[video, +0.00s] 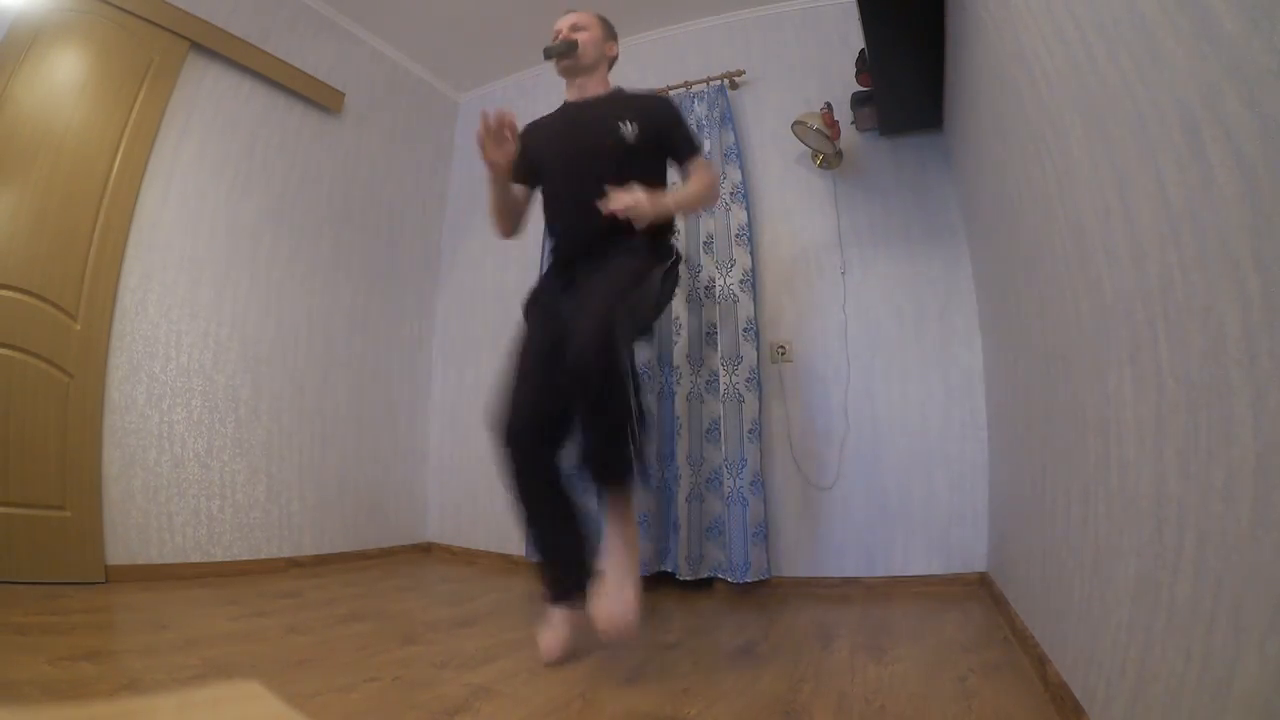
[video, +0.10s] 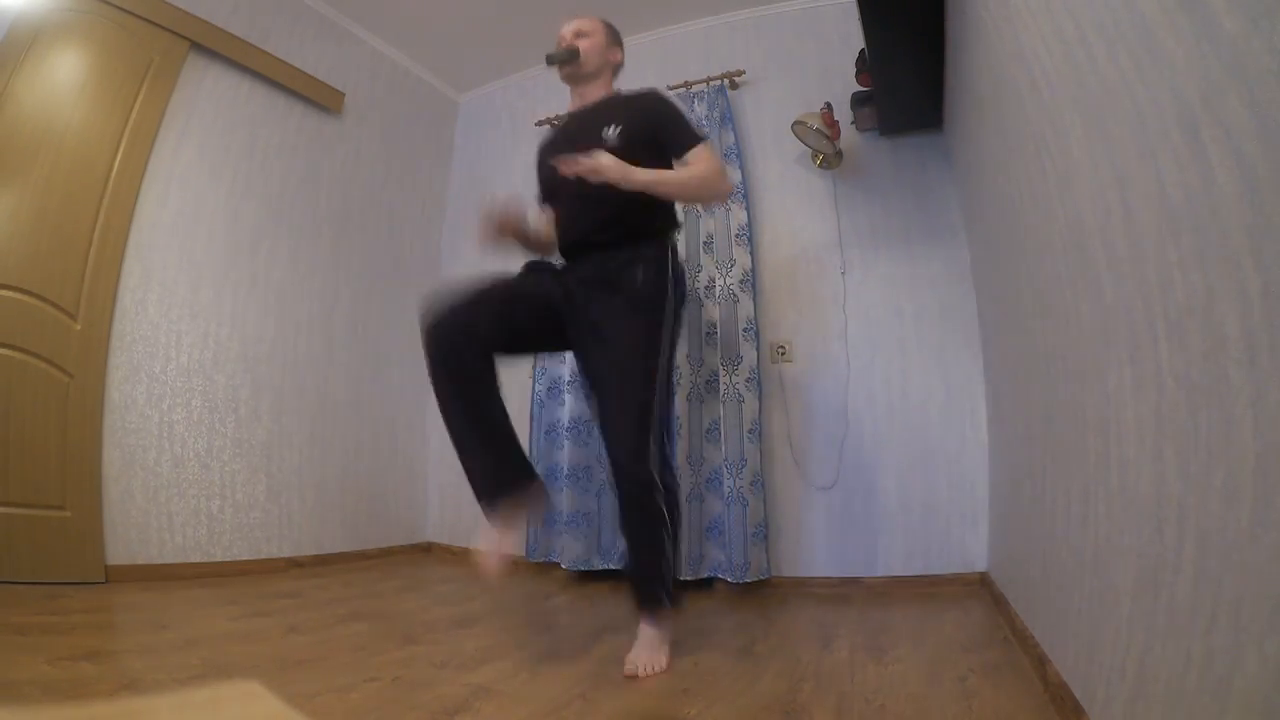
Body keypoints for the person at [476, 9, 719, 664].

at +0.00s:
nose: (564, 35)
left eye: (579, 26)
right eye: (558, 32)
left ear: (612, 49)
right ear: (551, 58)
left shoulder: (648, 110)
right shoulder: (538, 133)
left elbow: (706, 181)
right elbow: (509, 222)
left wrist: (656, 202)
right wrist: (500, 169)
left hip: (637, 263)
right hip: (565, 279)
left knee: (594, 338)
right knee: (525, 429)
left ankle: (619, 529)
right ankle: (565, 590)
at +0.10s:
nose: (566, 43)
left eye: (581, 34)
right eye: (559, 39)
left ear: (615, 50)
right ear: (557, 62)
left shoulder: (648, 109)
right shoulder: (554, 141)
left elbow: (714, 182)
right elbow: (560, 237)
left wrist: (625, 174)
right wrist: (520, 228)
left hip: (636, 286)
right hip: (567, 286)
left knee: (632, 452)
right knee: (453, 327)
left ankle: (654, 614)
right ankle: (512, 492)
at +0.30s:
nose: (574, 25)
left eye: (589, 19)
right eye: (567, 22)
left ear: (621, 41)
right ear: (562, 48)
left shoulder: (649, 101)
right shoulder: (550, 123)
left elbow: (691, 176)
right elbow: (562, 198)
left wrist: (597, 121)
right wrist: (540, 233)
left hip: (635, 271)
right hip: (564, 271)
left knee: (620, 409)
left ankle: (643, 594)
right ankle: (544, 533)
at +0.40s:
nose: (577, 27)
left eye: (593, 21)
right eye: (569, 24)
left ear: (624, 47)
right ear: (562, 55)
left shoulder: (659, 119)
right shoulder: (539, 126)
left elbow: (700, 205)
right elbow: (505, 218)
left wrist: (630, 193)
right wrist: (485, 222)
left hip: (635, 260)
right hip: (558, 274)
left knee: (595, 279)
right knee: (569, 444)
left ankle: (627, 473)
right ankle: (590, 614)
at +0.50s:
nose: (566, 34)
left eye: (583, 28)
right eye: (560, 31)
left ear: (616, 53)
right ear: (554, 61)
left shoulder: (654, 127)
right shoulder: (530, 135)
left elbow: (700, 205)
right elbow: (478, 217)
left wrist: (663, 222)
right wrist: (468, 163)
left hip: (638, 286)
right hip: (565, 298)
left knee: (589, 244)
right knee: (567, 461)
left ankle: (609, 457)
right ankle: (598, 605)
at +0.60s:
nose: (559, 18)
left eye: (576, 11)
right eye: (555, 16)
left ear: (611, 36)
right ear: (550, 47)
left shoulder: (648, 96)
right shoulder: (540, 125)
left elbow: (708, 177)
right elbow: (521, 222)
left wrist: (639, 184)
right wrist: (507, 178)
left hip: (638, 264)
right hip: (567, 269)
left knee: (605, 403)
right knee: (494, 398)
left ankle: (625, 576)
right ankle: (541, 558)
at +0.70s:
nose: (563, 37)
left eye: (580, 28)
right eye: (558, 33)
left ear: (616, 50)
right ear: (553, 60)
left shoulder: (639, 113)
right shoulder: (551, 144)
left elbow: (676, 200)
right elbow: (561, 242)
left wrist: (573, 143)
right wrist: (506, 260)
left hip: (634, 299)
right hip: (568, 293)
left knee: (634, 470)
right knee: (443, 274)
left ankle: (640, 630)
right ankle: (491, 455)